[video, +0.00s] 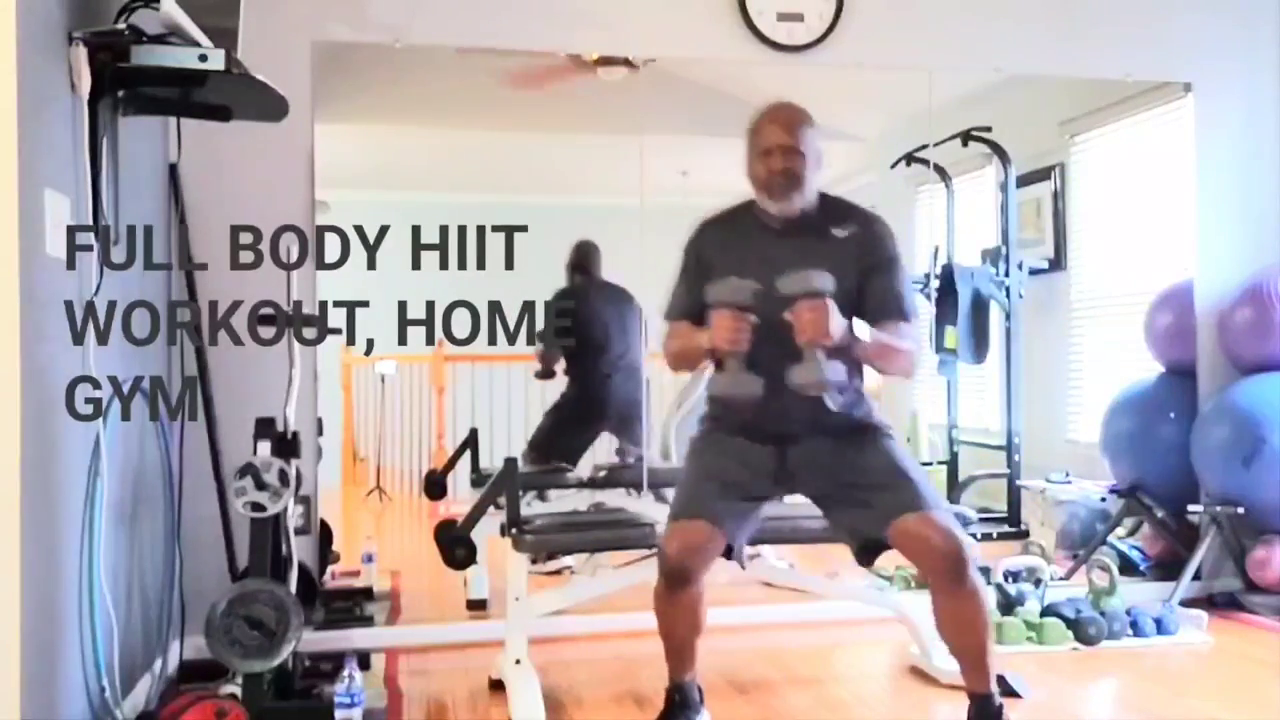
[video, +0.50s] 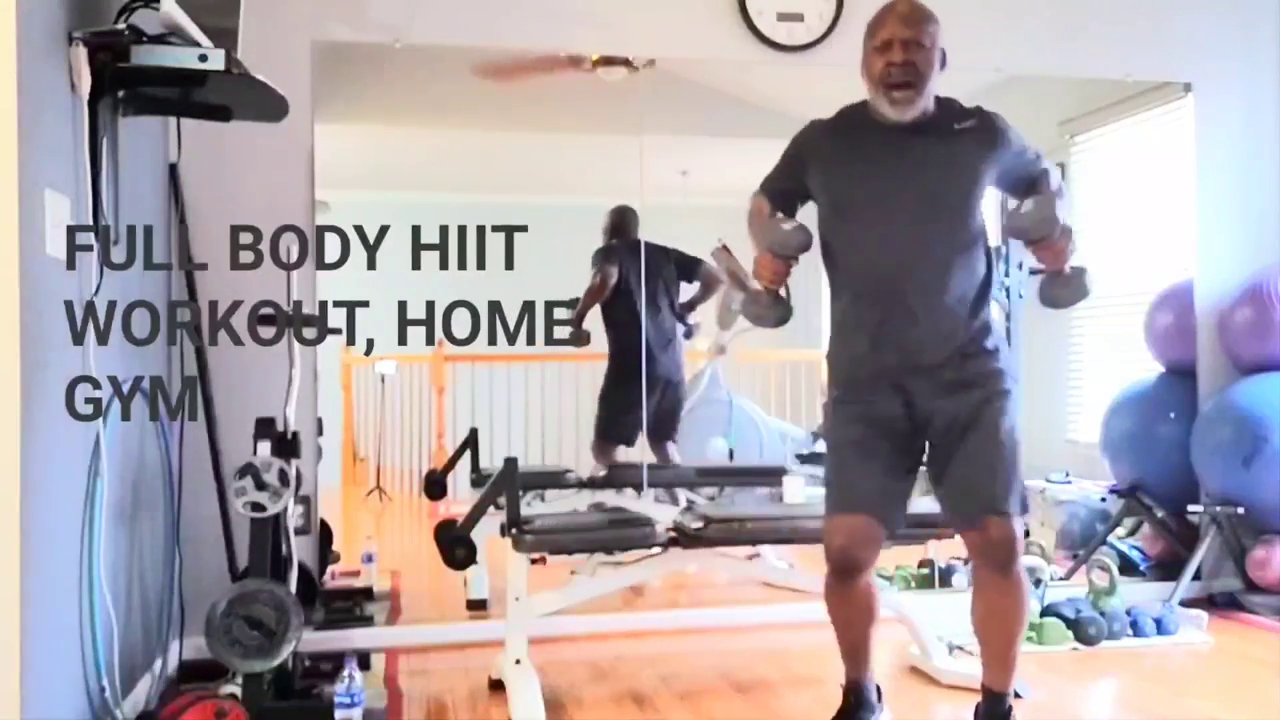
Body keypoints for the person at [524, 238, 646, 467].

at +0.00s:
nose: (572, 269)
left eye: (572, 265)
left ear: (571, 266)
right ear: (598, 266)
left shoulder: (566, 299)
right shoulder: (626, 299)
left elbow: (551, 352)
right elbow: (638, 348)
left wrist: (547, 369)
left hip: (587, 397)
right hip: (631, 396)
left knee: (536, 459)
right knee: (637, 462)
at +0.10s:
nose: (579, 267)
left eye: (581, 263)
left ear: (582, 265)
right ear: (609, 266)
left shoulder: (578, 297)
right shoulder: (639, 298)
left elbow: (563, 347)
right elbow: (653, 353)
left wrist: (555, 367)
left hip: (597, 393)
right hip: (641, 392)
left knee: (546, 457)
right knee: (641, 464)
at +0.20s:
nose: (587, 248)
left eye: (588, 243)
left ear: (591, 245)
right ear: (618, 244)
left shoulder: (590, 276)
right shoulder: (649, 276)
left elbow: (575, 329)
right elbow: (671, 329)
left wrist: (561, 345)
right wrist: (638, 327)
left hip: (608, 375)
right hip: (650, 375)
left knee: (565, 448)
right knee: (657, 448)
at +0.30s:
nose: (593, 232)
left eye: (595, 228)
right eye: (595, 228)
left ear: (599, 227)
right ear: (625, 226)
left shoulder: (600, 255)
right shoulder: (659, 254)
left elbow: (591, 303)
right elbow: (692, 301)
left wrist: (570, 321)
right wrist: (664, 314)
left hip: (617, 356)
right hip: (657, 357)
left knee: (580, 434)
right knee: (659, 436)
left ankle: (578, 496)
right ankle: (676, 498)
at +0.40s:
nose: (598, 226)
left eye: (600, 221)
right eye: (600, 222)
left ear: (605, 222)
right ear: (631, 221)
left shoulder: (605, 246)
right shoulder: (662, 247)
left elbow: (605, 282)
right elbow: (708, 281)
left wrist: (575, 318)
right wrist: (678, 310)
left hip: (622, 356)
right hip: (662, 357)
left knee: (593, 436)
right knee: (661, 435)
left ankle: (602, 479)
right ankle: (682, 500)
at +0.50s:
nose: (604, 231)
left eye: (606, 227)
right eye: (605, 228)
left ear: (610, 229)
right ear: (636, 229)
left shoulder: (609, 252)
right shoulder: (664, 253)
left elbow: (606, 280)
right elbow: (714, 279)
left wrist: (578, 317)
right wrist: (690, 305)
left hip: (631, 367)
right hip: (671, 368)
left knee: (604, 448)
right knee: (662, 440)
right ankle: (683, 504)